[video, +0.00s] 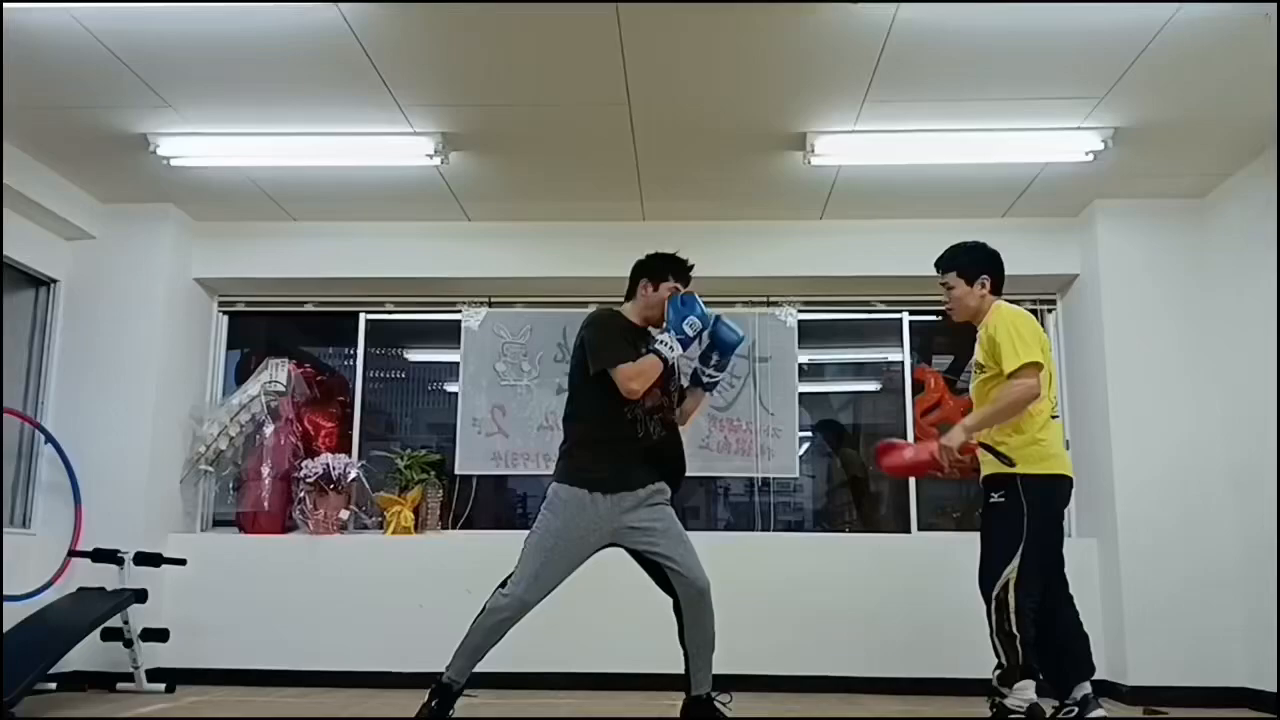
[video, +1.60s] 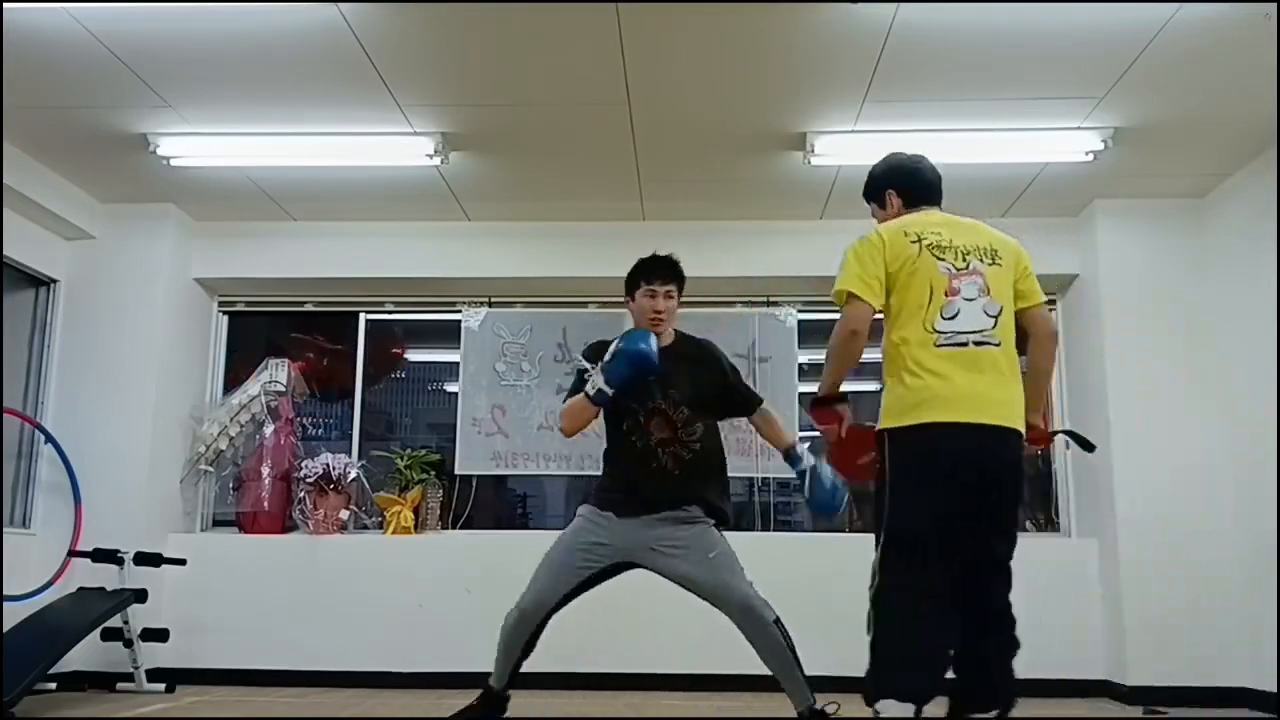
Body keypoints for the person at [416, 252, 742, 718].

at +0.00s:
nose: (682, 301)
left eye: (685, 295)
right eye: (676, 292)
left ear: (660, 295)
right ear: (647, 288)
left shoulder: (658, 346)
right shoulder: (603, 324)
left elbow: (676, 418)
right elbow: (631, 384)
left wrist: (709, 372)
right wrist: (674, 339)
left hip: (646, 502)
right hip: (579, 499)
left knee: (695, 587)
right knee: (518, 595)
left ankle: (699, 701)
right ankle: (444, 693)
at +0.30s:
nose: (629, 281)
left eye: (631, 274)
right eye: (621, 271)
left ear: (624, 284)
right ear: (592, 275)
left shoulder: (617, 342)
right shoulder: (549, 319)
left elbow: (619, 412)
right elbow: (551, 379)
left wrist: (663, 384)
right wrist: (606, 338)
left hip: (597, 488)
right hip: (529, 487)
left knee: (652, 572)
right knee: (481, 589)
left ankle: (667, 687)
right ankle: (422, 687)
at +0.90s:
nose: (645, 284)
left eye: (650, 278)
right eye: (637, 275)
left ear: (652, 285)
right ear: (609, 278)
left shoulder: (651, 334)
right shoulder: (571, 324)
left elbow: (676, 405)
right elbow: (578, 390)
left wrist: (684, 349)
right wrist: (620, 337)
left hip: (623, 492)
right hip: (558, 490)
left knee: (656, 602)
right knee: (517, 595)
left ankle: (668, 702)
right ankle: (483, 692)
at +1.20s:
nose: (664, 297)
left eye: (669, 291)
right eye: (655, 288)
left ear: (672, 298)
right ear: (627, 292)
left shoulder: (672, 349)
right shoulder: (588, 338)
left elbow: (712, 414)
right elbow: (587, 395)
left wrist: (709, 360)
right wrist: (633, 341)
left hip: (660, 507)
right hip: (585, 512)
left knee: (715, 582)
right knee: (538, 613)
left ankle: (737, 690)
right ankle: (521, 697)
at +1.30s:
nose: (694, 301)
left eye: (700, 293)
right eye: (685, 290)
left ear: (703, 300)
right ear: (655, 292)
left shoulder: (708, 351)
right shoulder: (613, 338)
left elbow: (775, 375)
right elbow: (593, 400)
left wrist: (771, 323)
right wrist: (629, 347)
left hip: (674, 515)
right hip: (603, 516)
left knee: (743, 606)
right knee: (552, 618)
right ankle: (546, 698)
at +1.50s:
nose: (713, 304)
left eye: (720, 298)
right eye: (704, 293)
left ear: (722, 307)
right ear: (675, 295)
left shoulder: (730, 359)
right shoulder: (631, 347)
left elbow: (785, 410)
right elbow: (597, 415)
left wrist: (787, 367)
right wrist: (643, 374)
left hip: (697, 525)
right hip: (617, 521)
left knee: (768, 610)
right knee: (548, 612)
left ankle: (824, 708)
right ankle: (545, 695)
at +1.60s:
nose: (660, 304)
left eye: (669, 295)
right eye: (650, 295)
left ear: (680, 302)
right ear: (629, 302)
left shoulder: (703, 357)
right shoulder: (604, 354)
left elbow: (758, 414)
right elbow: (568, 424)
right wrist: (609, 379)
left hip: (683, 523)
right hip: (606, 519)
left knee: (747, 603)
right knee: (531, 605)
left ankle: (809, 709)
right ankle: (493, 697)